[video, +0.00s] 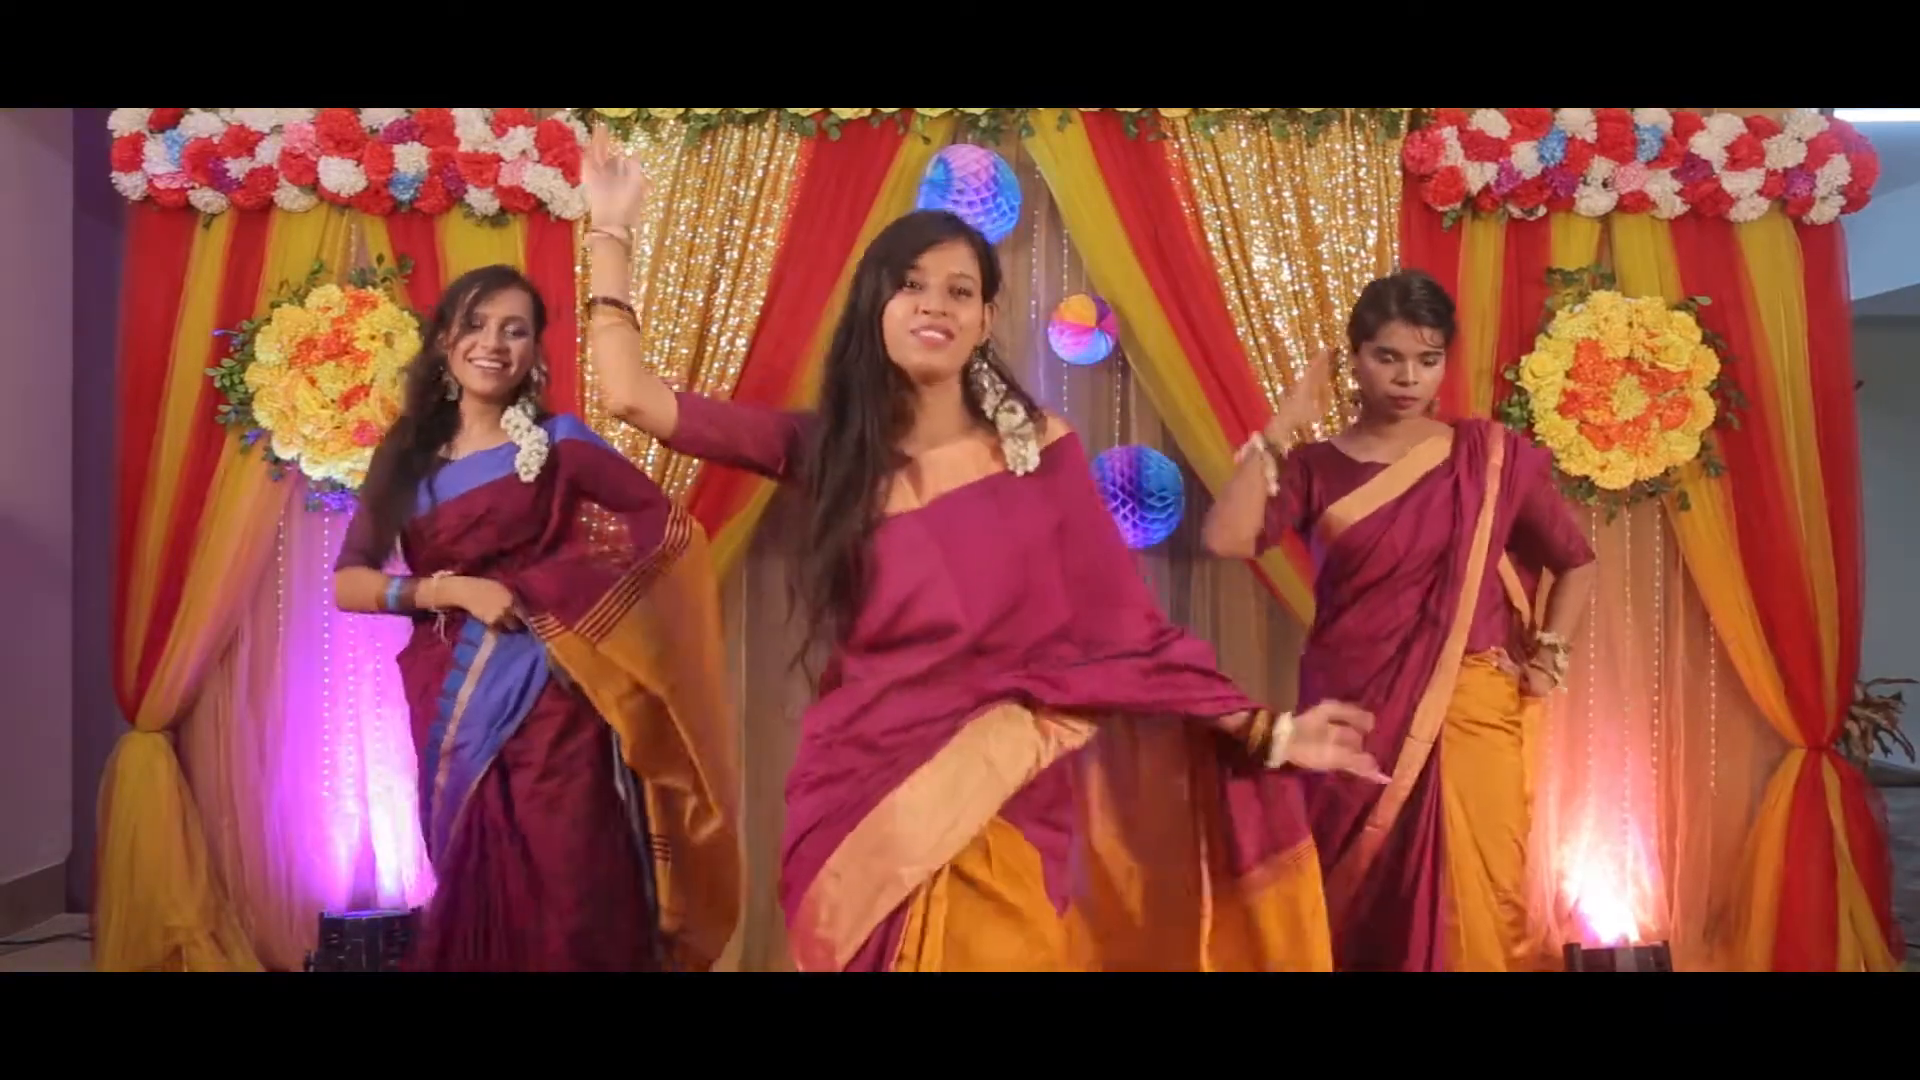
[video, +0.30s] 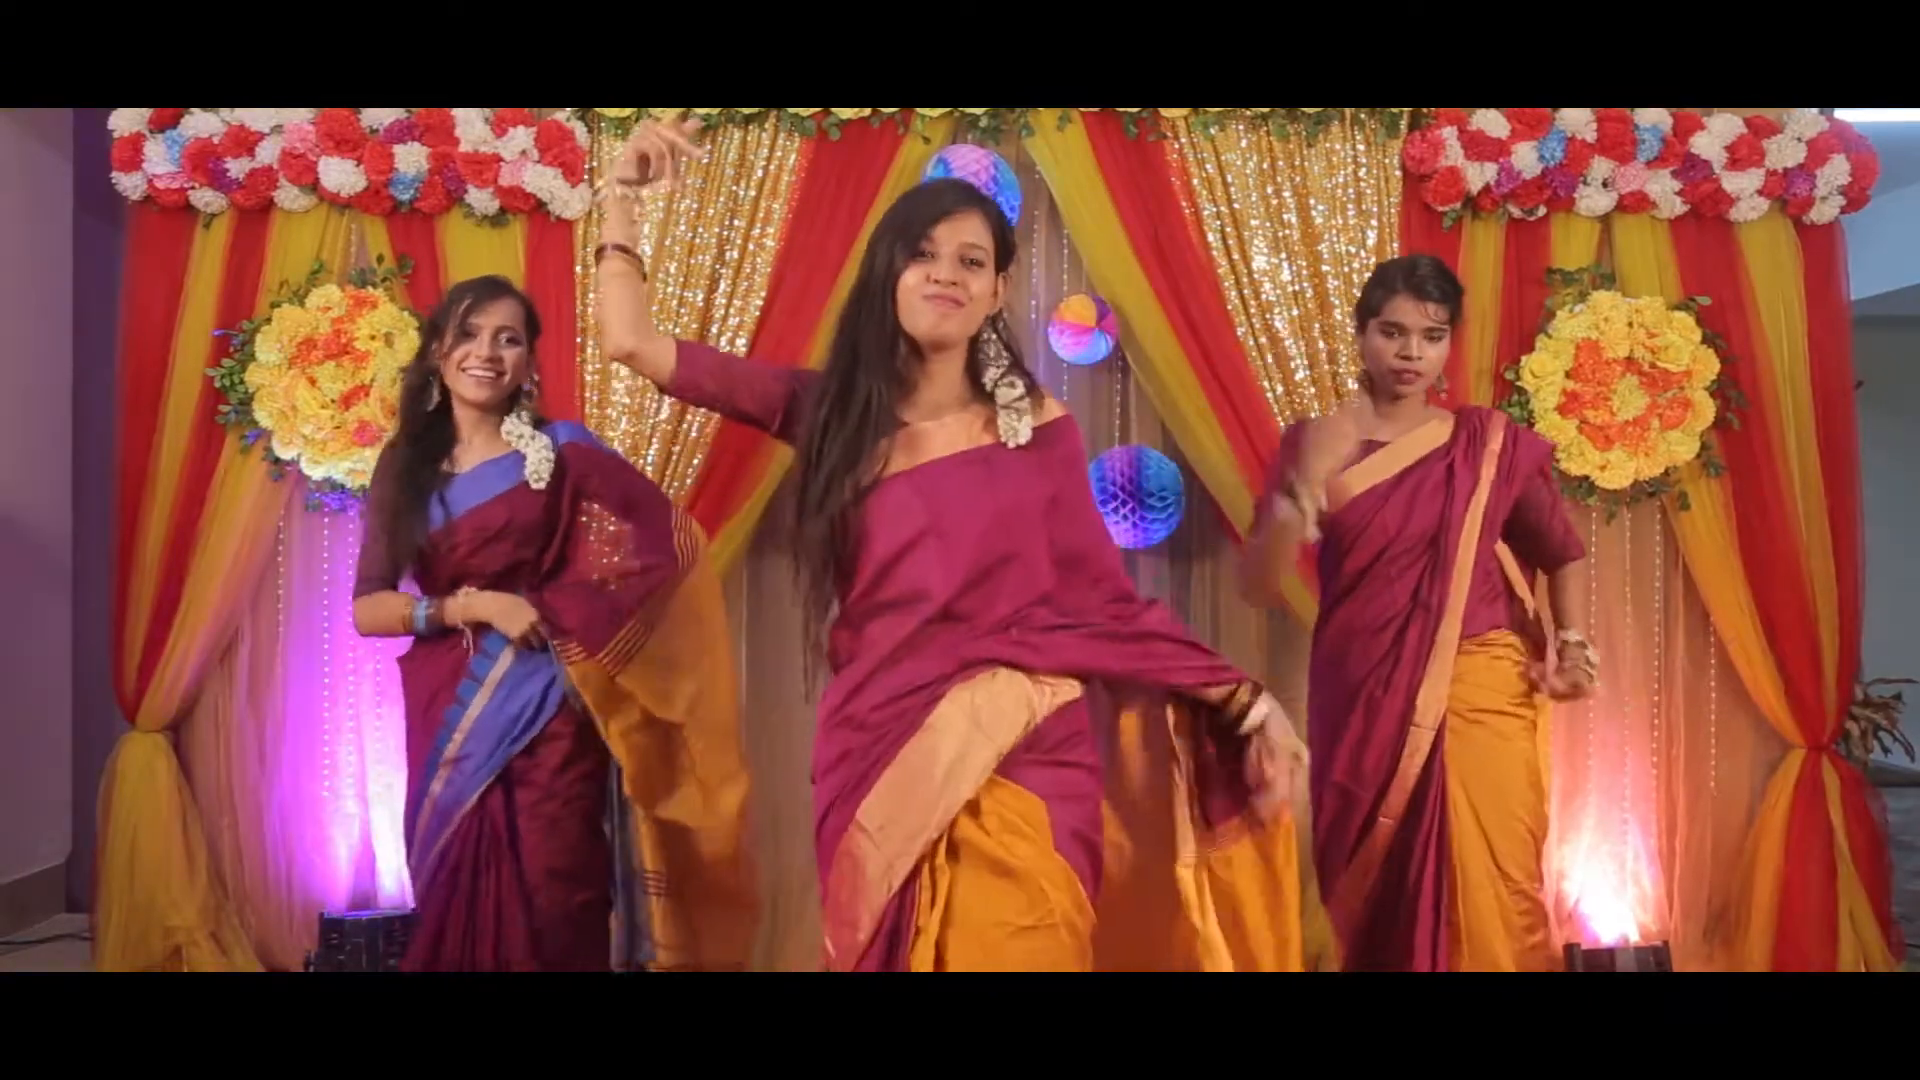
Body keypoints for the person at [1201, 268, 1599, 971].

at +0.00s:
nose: (1409, 378)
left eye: (1428, 359)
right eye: (1389, 357)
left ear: (1448, 359)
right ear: (1355, 356)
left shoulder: (1493, 453)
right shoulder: (1316, 467)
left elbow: (1573, 558)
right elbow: (1223, 537)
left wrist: (1551, 651)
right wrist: (1280, 429)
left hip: (1469, 711)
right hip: (1349, 718)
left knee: (1471, 917)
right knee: (1349, 921)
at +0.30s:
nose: (1411, 352)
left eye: (1430, 335)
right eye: (1392, 332)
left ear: (1451, 343)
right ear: (1361, 336)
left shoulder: (1492, 440)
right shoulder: (1315, 444)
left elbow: (1564, 550)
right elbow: (1257, 580)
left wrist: (1569, 639)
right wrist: (1284, 520)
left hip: (1483, 691)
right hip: (1364, 700)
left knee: (1492, 904)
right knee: (1370, 907)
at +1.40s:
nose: (1420, 374)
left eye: (1437, 355)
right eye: (1400, 356)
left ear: (1457, 363)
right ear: (1366, 365)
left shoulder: (1497, 461)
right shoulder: (1322, 468)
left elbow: (1620, 529)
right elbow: (1276, 577)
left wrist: (1498, 482)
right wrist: (1375, 515)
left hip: (1467, 717)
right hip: (1351, 720)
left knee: (1475, 907)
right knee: (1364, 916)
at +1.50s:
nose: (1414, 402)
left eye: (1431, 382)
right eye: (1394, 383)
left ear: (1451, 383)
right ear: (1362, 387)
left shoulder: (1501, 471)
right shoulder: (1322, 483)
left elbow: (1632, 553)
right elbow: (1250, 566)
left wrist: (1517, 523)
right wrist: (1311, 517)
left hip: (1463, 716)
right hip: (1348, 720)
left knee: (1464, 907)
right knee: (1356, 912)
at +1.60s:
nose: (1402, 386)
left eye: (1425, 368)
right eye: (1386, 364)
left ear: (1446, 375)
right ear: (1351, 370)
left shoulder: (1498, 461)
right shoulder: (1332, 469)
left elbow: (1627, 550)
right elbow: (1256, 481)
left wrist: (1542, 578)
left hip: (1461, 691)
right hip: (1347, 694)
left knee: (1455, 888)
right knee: (1347, 888)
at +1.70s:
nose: (1401, 348)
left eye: (1420, 330)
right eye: (1381, 328)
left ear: (1443, 344)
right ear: (1353, 341)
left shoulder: (1494, 439)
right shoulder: (1327, 445)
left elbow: (1605, 529)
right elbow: (1259, 375)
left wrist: (1576, 617)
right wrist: (1332, 289)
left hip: (1479, 699)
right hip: (1362, 706)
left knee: (1471, 917)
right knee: (1370, 915)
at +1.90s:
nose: (1400, 319)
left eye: (1419, 308)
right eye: (1380, 305)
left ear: (1441, 337)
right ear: (1349, 333)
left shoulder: (1491, 442)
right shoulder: (1326, 443)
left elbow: (1544, 583)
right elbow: (1259, 315)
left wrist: (1600, 679)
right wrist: (1345, 226)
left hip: (1496, 692)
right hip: (1378, 705)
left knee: (1485, 916)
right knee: (1384, 918)